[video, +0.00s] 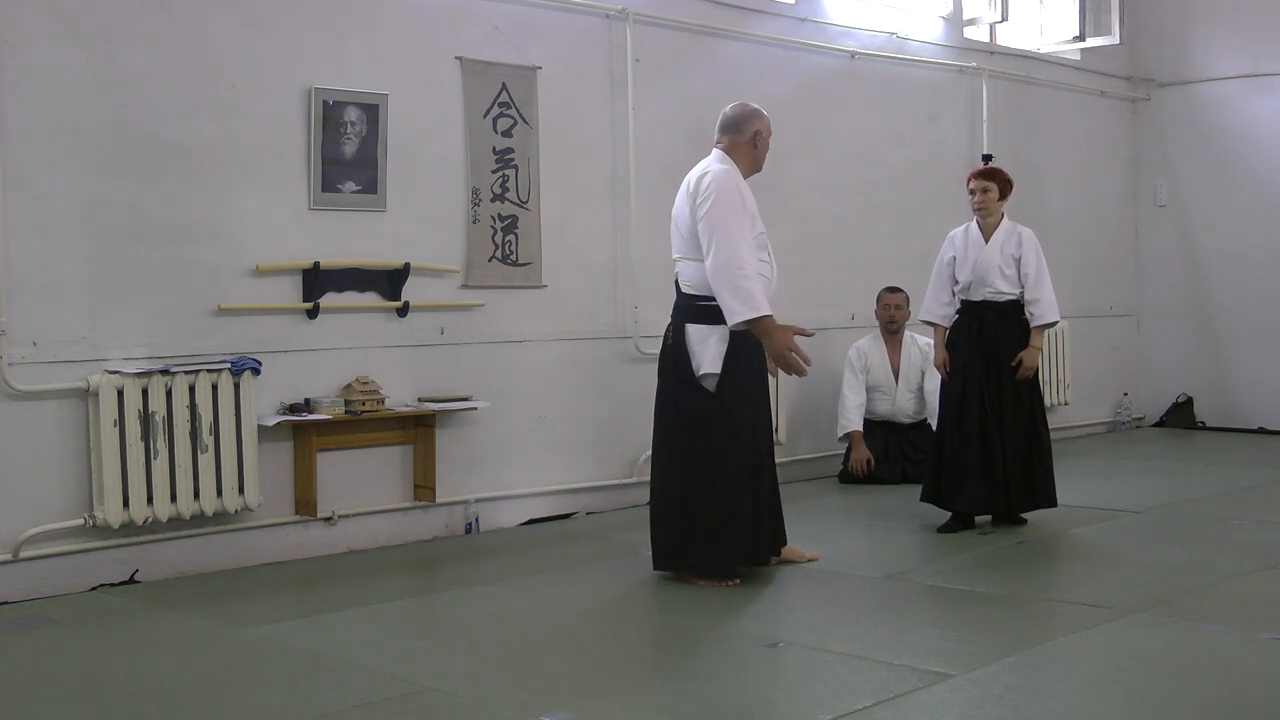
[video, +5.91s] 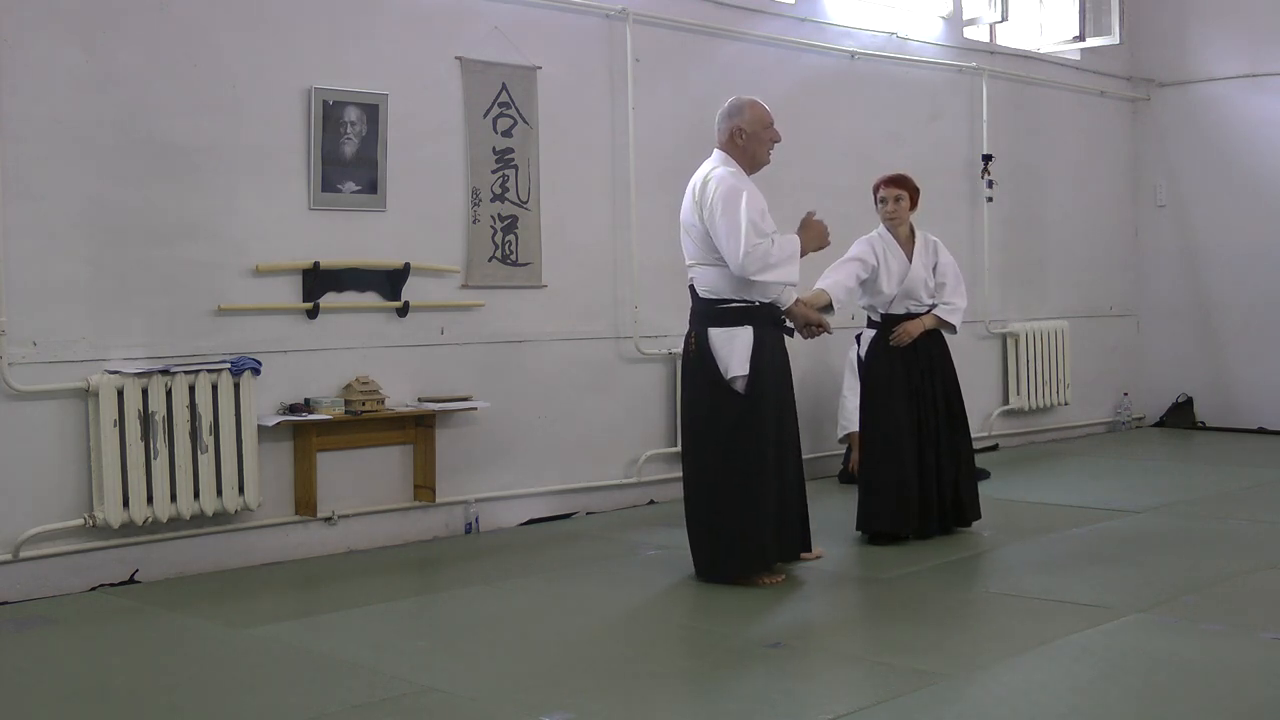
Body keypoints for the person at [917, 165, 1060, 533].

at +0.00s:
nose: (978, 198)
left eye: (986, 192)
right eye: (973, 192)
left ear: (1002, 196)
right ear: (968, 198)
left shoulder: (1022, 237)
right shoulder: (957, 238)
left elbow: (1039, 294)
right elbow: (941, 293)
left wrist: (1035, 345)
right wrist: (939, 344)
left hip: (1010, 331)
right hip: (967, 332)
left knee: (1010, 416)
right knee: (963, 416)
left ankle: (1007, 506)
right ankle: (963, 509)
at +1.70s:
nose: (977, 206)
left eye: (985, 200)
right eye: (973, 200)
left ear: (1004, 202)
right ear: (969, 203)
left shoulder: (1024, 244)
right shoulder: (960, 243)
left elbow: (1046, 298)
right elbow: (932, 287)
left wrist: (1007, 309)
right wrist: (910, 300)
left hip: (1010, 338)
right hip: (967, 336)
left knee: (1009, 419)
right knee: (953, 417)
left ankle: (1007, 507)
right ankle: (936, 507)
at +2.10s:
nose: (940, 208)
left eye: (948, 201)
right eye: (935, 201)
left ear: (966, 205)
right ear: (930, 206)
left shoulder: (985, 248)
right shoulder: (921, 243)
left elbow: (999, 304)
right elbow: (890, 277)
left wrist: (960, 307)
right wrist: (860, 297)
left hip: (969, 344)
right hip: (925, 345)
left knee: (979, 423)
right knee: (913, 426)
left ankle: (986, 509)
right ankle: (894, 515)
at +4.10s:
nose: (897, 206)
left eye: (905, 199)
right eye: (890, 200)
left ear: (920, 204)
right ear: (884, 206)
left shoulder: (936, 247)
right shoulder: (875, 245)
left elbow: (955, 304)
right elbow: (847, 278)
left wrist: (922, 322)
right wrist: (823, 302)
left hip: (928, 344)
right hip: (884, 345)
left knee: (938, 425)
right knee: (891, 431)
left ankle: (944, 513)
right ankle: (890, 520)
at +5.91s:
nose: (890, 207)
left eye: (898, 200)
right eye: (883, 202)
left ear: (913, 205)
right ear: (877, 208)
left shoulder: (931, 246)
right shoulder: (870, 247)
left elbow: (954, 298)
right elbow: (841, 279)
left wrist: (921, 324)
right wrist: (808, 301)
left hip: (928, 345)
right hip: (886, 347)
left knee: (936, 428)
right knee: (890, 432)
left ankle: (941, 515)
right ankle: (892, 521)